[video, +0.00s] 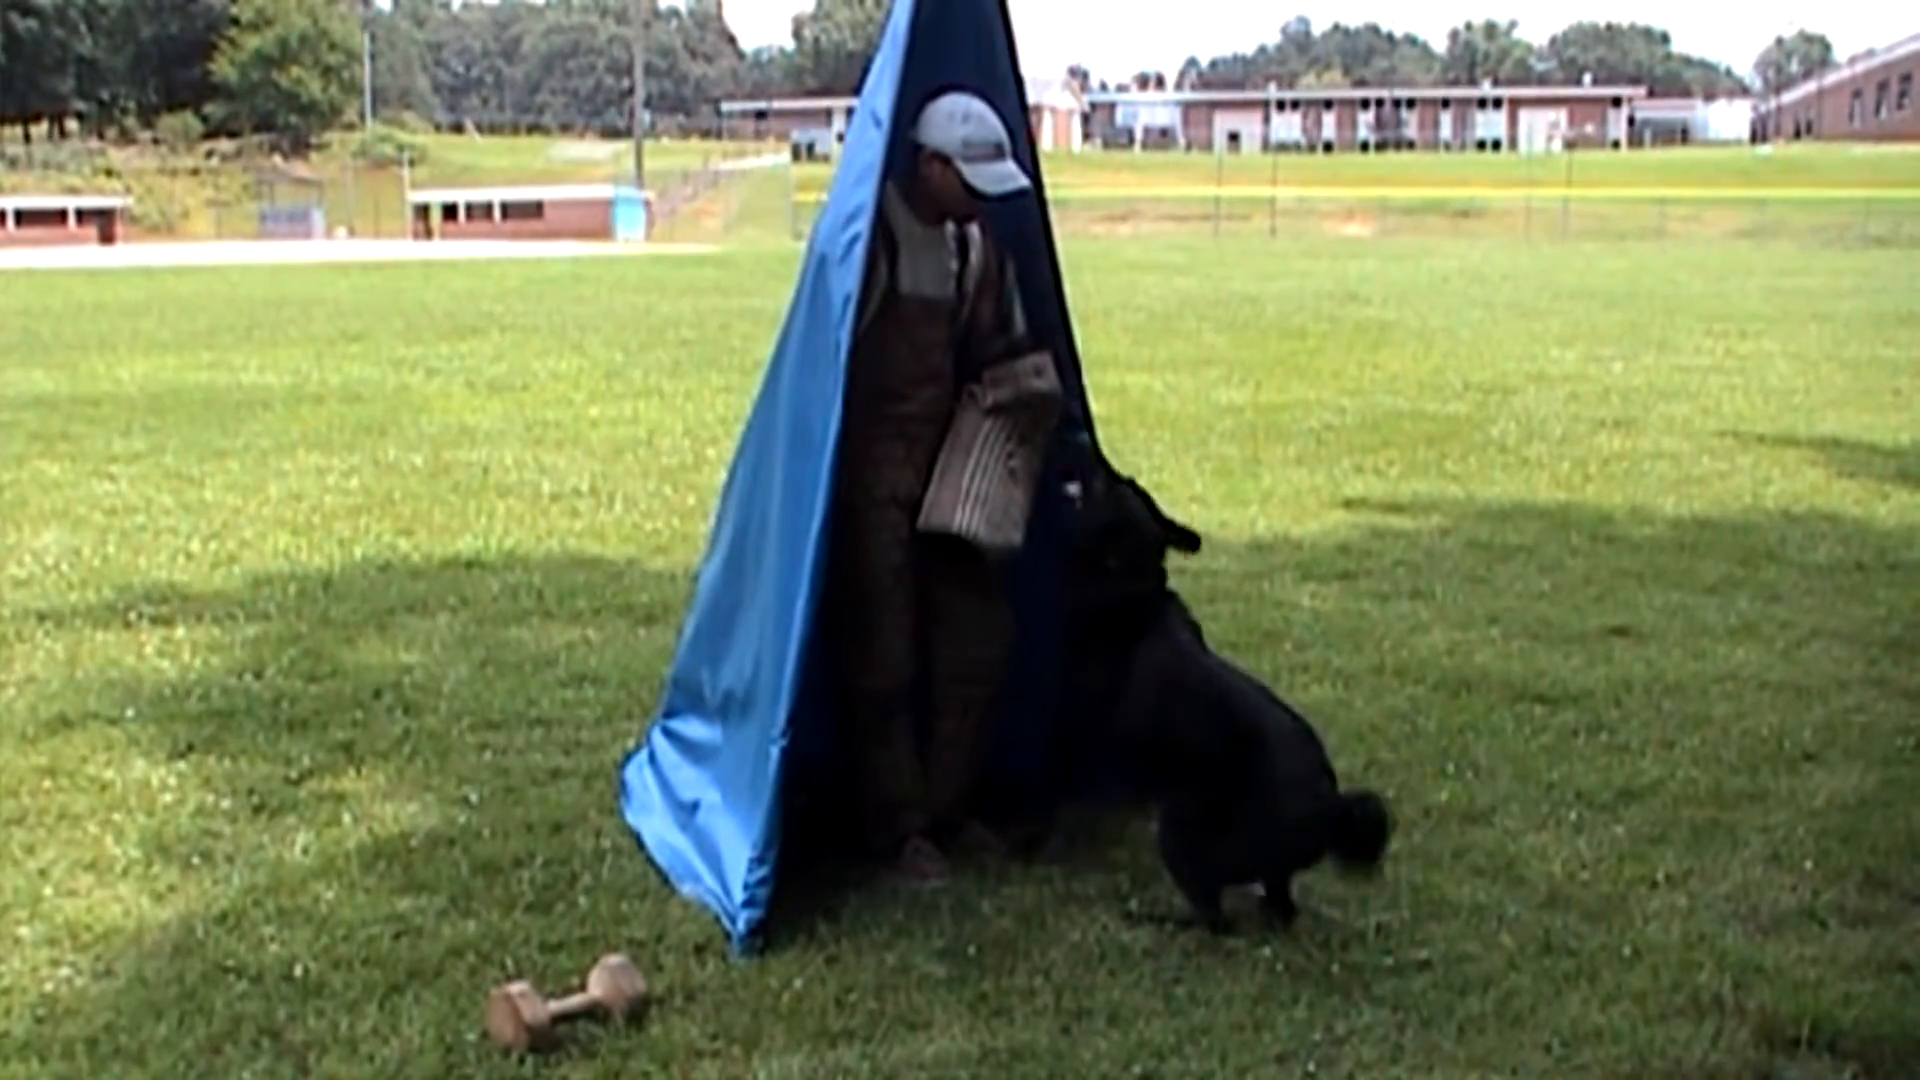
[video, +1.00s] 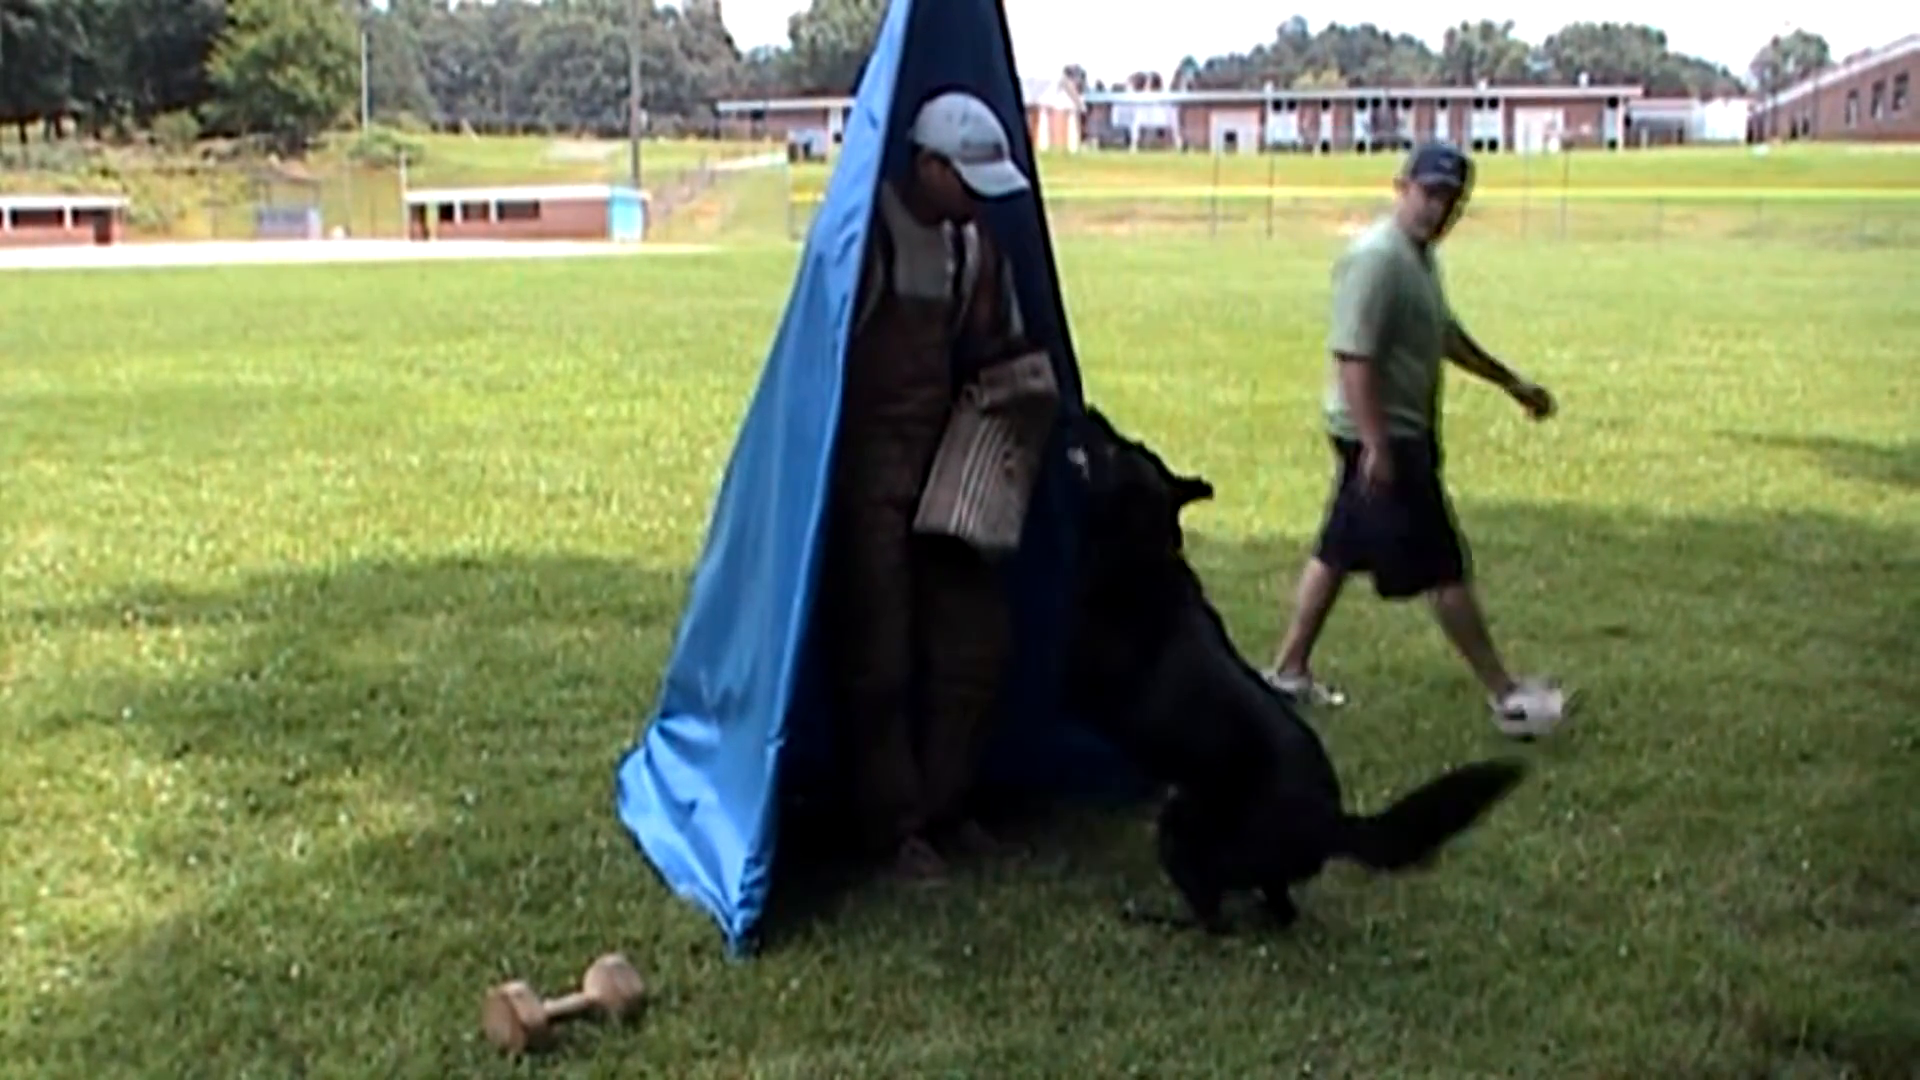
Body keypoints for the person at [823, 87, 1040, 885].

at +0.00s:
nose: (977, 199)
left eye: (984, 185)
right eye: (968, 182)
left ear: (980, 174)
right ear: (925, 164)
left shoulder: (981, 251)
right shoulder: (862, 245)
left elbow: (1007, 362)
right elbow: (821, 367)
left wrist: (1026, 384)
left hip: (960, 482)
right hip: (872, 483)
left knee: (970, 643)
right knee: (886, 656)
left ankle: (952, 811)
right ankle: (898, 831)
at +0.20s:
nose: (975, 200)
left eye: (982, 185)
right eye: (965, 182)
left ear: (978, 174)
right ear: (922, 164)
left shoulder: (978, 248)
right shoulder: (860, 242)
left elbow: (1003, 360)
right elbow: (821, 367)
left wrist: (1026, 381)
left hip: (958, 483)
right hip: (871, 484)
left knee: (967, 645)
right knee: (883, 657)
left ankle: (949, 813)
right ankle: (894, 831)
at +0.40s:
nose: (976, 200)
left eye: (983, 186)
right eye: (966, 183)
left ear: (977, 174)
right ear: (923, 164)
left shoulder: (979, 248)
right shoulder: (859, 242)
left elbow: (1003, 359)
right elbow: (821, 366)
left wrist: (1024, 381)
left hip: (957, 485)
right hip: (870, 486)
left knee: (967, 647)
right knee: (883, 659)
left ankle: (947, 811)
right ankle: (894, 830)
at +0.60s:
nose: (976, 201)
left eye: (983, 187)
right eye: (967, 184)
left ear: (976, 176)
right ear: (923, 164)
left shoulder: (978, 250)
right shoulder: (859, 242)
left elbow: (1003, 360)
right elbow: (821, 366)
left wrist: (1024, 382)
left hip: (956, 485)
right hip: (869, 486)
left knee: (968, 647)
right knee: (883, 659)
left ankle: (948, 811)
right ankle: (893, 829)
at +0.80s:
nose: (977, 201)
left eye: (984, 187)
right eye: (967, 184)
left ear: (977, 175)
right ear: (924, 165)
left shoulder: (978, 249)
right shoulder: (861, 241)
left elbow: (996, 359)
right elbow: (821, 365)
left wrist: (1026, 377)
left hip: (958, 479)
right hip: (871, 481)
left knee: (967, 642)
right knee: (884, 654)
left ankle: (949, 813)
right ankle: (895, 830)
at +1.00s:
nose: (975, 201)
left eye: (982, 186)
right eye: (966, 183)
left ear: (975, 175)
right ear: (924, 164)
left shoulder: (978, 249)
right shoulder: (861, 242)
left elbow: (998, 359)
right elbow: (820, 364)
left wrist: (1025, 377)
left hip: (958, 475)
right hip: (871, 477)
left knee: (967, 639)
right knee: (884, 652)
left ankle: (950, 810)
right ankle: (895, 828)